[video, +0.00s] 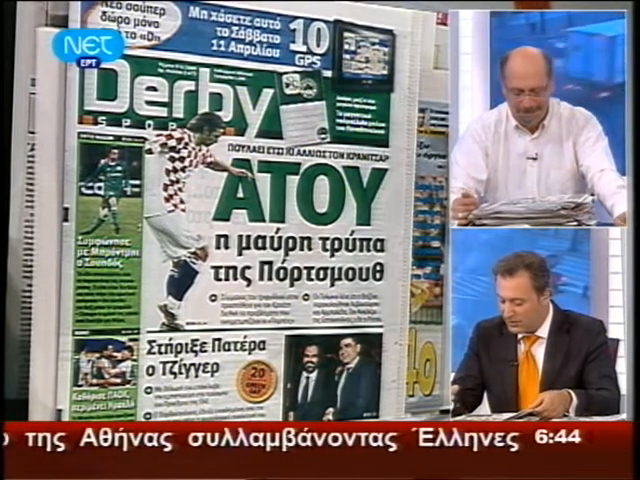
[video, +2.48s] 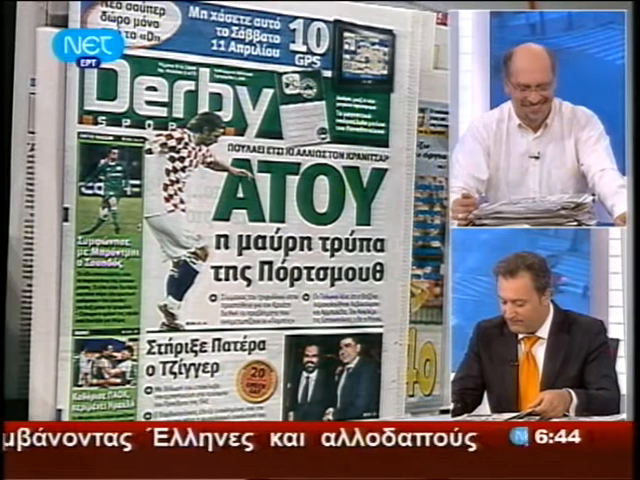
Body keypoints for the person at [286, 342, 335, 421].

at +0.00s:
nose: (310, 360)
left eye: (314, 356)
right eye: (307, 356)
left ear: (320, 359)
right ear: (302, 358)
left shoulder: (326, 377)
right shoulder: (296, 375)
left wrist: (330, 411)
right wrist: (291, 412)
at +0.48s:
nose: (310, 360)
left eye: (314, 356)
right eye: (307, 356)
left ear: (320, 359)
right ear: (302, 358)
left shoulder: (326, 377)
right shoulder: (295, 375)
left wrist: (330, 411)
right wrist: (290, 412)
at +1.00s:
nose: (310, 360)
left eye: (314, 356)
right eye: (307, 356)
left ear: (320, 359)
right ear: (302, 358)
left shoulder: (326, 377)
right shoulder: (295, 375)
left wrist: (330, 411)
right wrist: (290, 413)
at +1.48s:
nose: (310, 360)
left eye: (314, 356)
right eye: (307, 356)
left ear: (320, 359)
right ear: (302, 358)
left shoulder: (326, 377)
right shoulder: (296, 375)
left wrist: (330, 411)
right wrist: (291, 412)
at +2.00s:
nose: (310, 360)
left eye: (314, 356)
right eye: (307, 356)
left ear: (320, 359)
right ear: (303, 358)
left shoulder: (326, 376)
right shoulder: (296, 375)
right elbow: (291, 397)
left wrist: (330, 411)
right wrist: (291, 412)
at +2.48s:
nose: (310, 360)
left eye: (314, 356)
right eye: (307, 356)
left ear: (320, 359)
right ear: (303, 358)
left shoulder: (326, 377)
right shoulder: (296, 375)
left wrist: (330, 411)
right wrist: (290, 413)